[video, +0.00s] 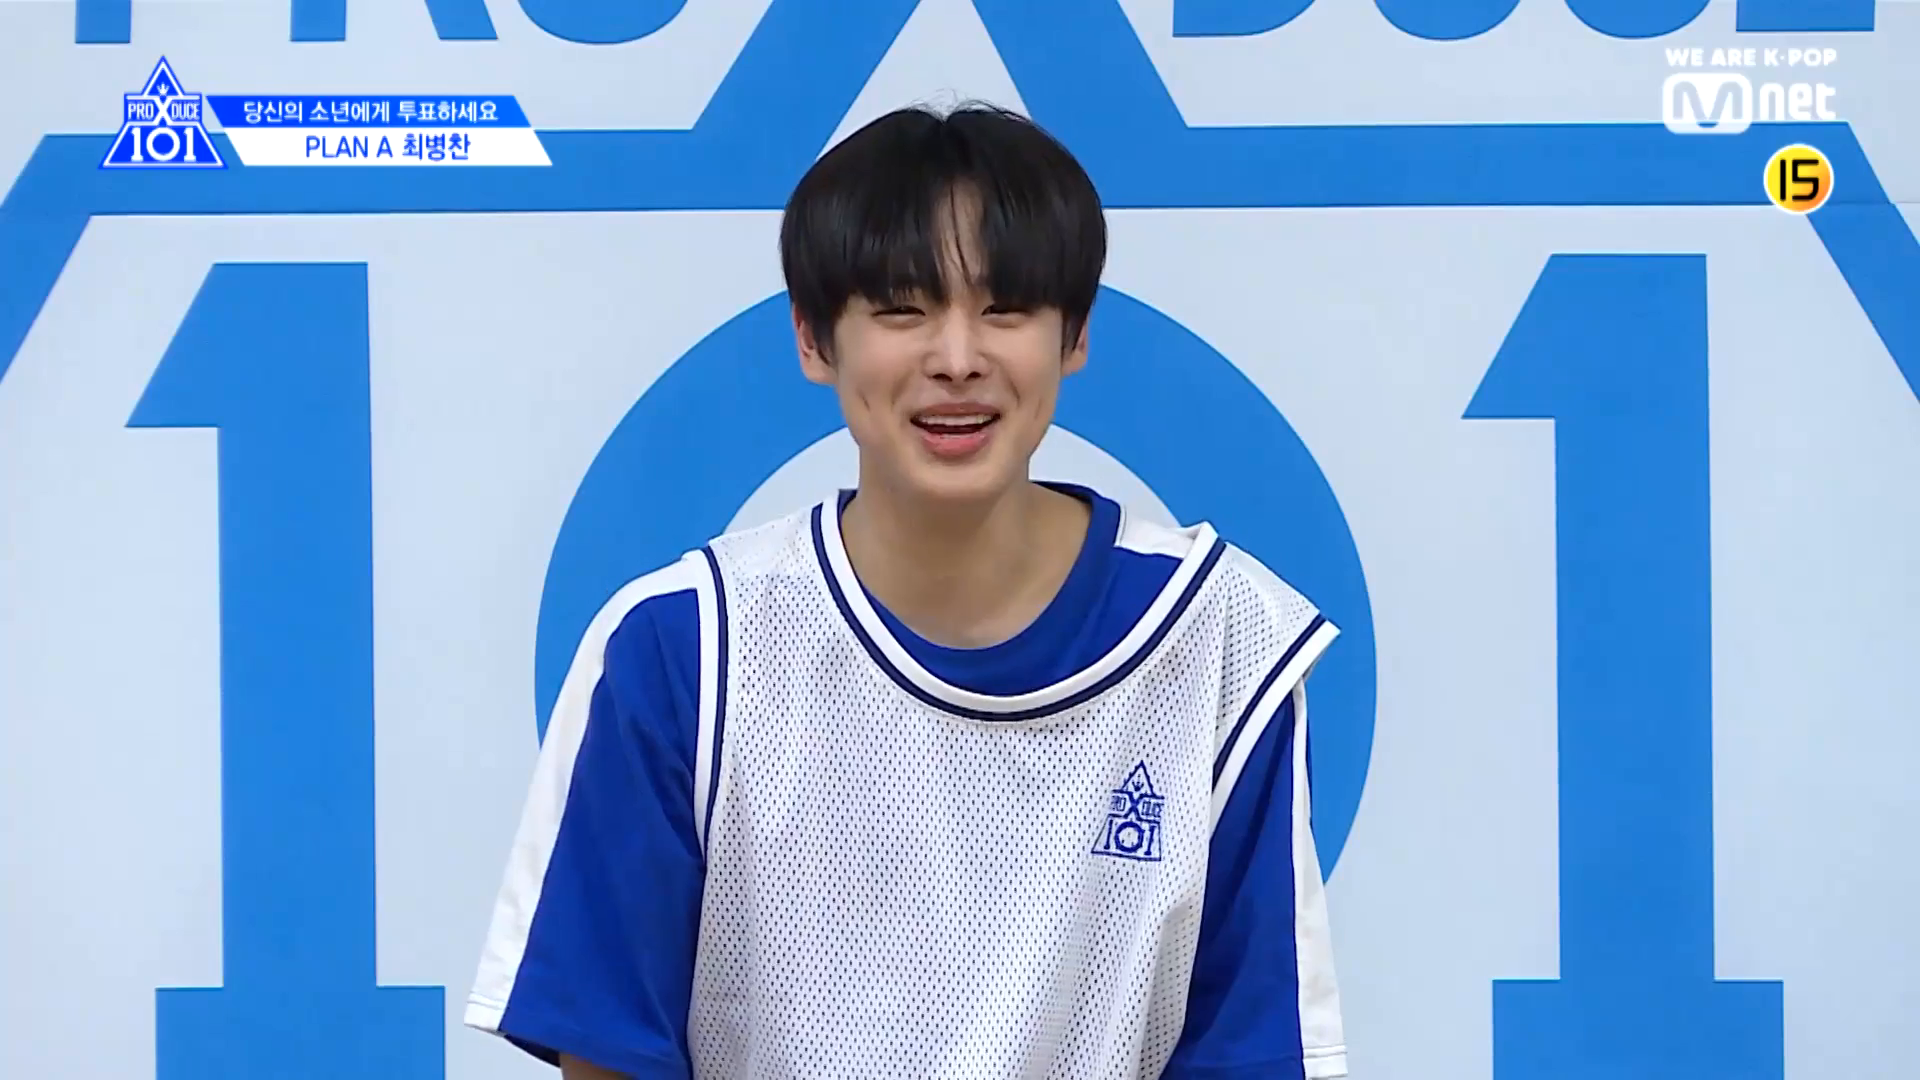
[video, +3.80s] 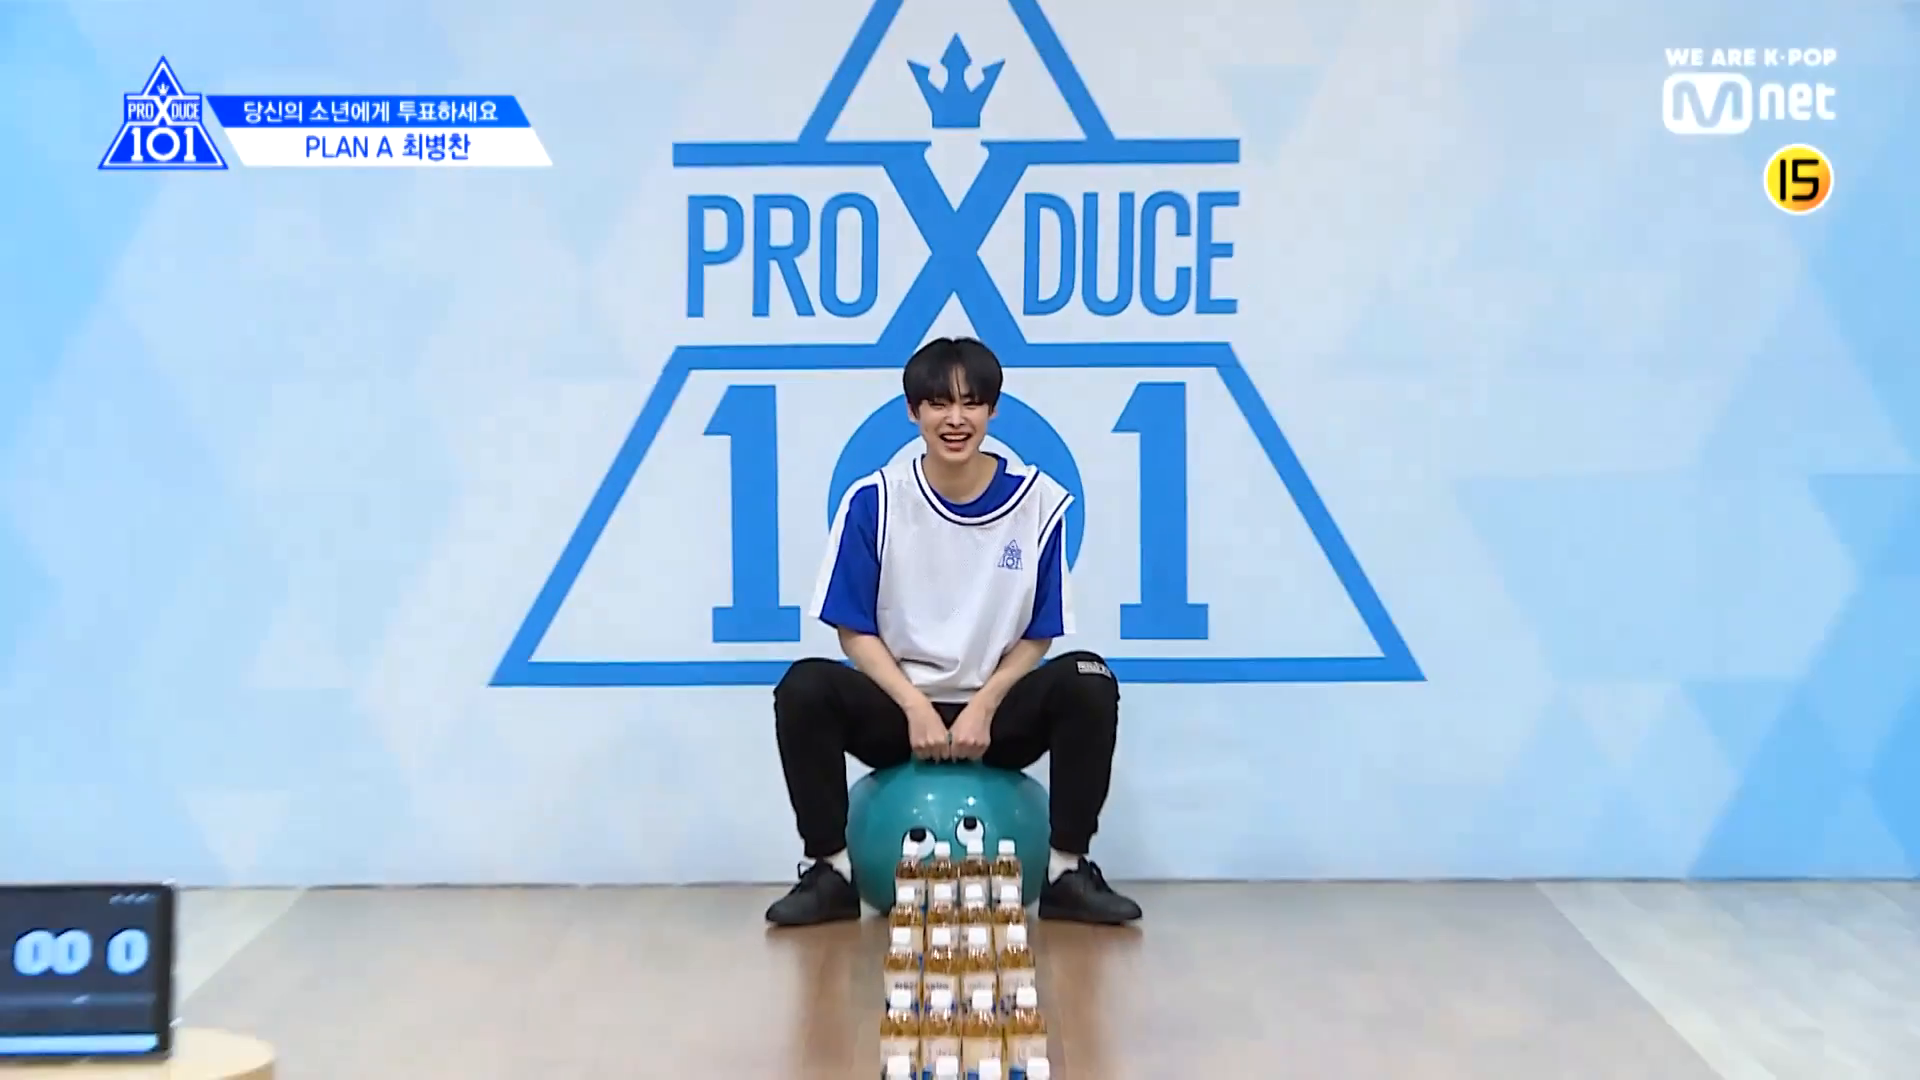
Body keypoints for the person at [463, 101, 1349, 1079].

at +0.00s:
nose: (957, 360)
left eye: (1005, 307)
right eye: (904, 306)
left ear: (1071, 340)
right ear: (819, 342)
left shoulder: (1229, 646)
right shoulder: (673, 653)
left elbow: (1255, 1052)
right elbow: (607, 1050)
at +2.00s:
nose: (974, 342)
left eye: (1025, 292)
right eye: (922, 288)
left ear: (1088, 331)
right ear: (836, 326)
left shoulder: (1242, 636)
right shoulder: (689, 631)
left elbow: (1264, 1048)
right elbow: (629, 1038)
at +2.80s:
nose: (968, 360)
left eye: (1006, 321)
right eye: (925, 320)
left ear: (1056, 349)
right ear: (855, 350)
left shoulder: (1181, 599)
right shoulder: (744, 592)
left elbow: (1179, 935)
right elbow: (693, 920)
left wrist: (1054, 1070)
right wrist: (831, 1074)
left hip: (1067, 1065)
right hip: (818, 1062)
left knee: (1302, 1032)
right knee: (573, 1043)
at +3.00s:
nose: (962, 385)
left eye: (994, 353)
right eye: (927, 352)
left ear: (1035, 373)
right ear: (873, 374)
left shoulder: (1134, 570)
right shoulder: (783, 565)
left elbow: (1131, 846)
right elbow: (742, 831)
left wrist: (1007, 1004)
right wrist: (875, 999)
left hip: (1047, 1013)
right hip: (832, 1011)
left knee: (1236, 933)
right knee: (637, 948)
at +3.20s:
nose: (956, 394)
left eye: (982, 368)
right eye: (928, 367)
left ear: (1017, 385)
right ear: (887, 385)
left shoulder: (1097, 540)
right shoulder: (814, 537)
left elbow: (1096, 765)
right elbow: (781, 756)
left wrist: (999, 890)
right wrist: (886, 891)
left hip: (1025, 910)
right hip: (856, 909)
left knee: (1179, 840)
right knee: (696, 853)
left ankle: (1152, 1072)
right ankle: (733, 1072)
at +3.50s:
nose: (953, 399)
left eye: (973, 379)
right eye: (931, 379)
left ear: (1000, 389)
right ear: (900, 391)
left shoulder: (1062, 509)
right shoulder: (847, 507)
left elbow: (1063, 677)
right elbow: (822, 672)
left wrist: (992, 771)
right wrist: (901, 773)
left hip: (1012, 779)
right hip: (879, 780)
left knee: (1129, 739)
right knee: (756, 747)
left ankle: (1100, 989)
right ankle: (792, 988)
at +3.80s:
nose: (956, 417)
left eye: (971, 402)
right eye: (939, 401)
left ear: (992, 409)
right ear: (915, 410)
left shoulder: (1039, 502)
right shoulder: (872, 500)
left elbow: (1040, 632)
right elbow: (853, 628)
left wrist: (985, 704)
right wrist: (914, 704)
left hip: (1000, 711)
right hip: (897, 712)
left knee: (1089, 680)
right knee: (802, 686)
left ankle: (1067, 873)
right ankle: (831, 871)